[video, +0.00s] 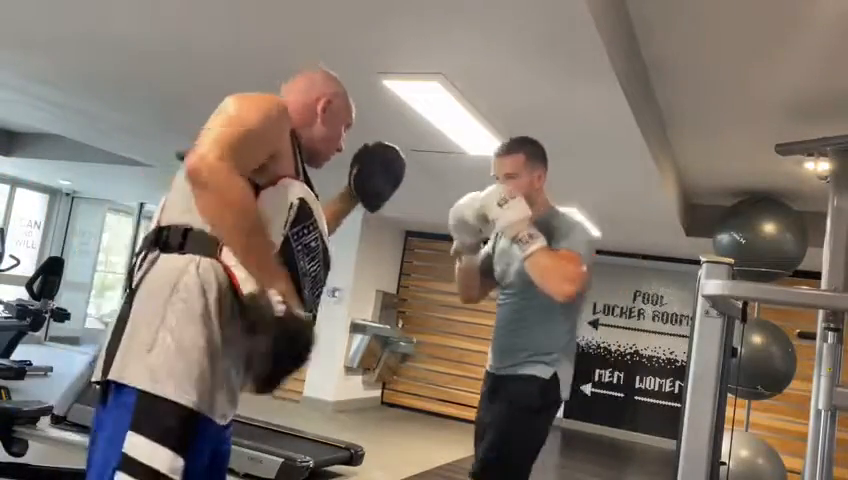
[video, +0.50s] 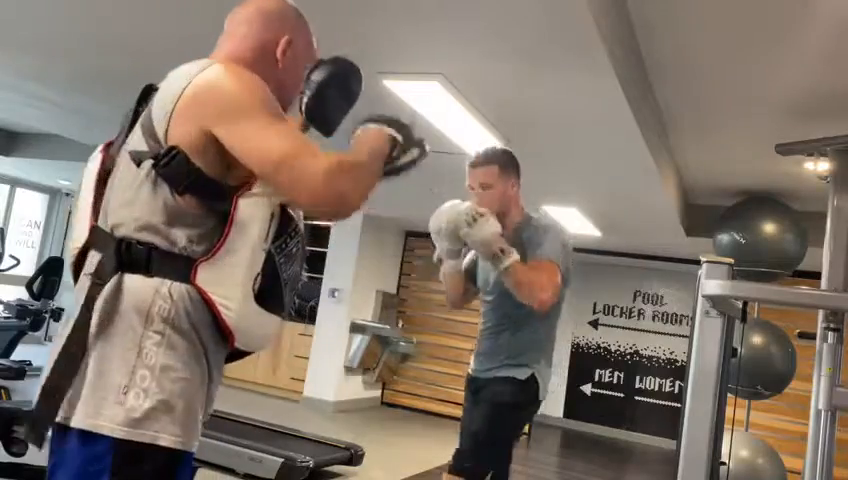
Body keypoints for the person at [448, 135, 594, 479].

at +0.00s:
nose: (503, 188)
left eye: (512, 177)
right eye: (499, 179)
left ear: (539, 177)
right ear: (495, 180)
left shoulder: (572, 228)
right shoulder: (505, 236)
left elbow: (564, 285)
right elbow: (469, 293)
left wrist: (522, 230)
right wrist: (467, 240)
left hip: (539, 376)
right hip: (500, 372)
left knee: (492, 471)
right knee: (489, 470)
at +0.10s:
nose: (492, 188)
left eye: (502, 177)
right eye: (488, 179)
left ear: (531, 177)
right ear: (486, 180)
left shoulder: (561, 231)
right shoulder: (502, 235)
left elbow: (550, 293)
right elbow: (471, 299)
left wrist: (504, 241)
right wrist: (462, 255)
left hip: (534, 377)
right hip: (497, 373)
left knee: (489, 471)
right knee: (474, 469)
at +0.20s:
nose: (487, 182)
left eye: (497, 172)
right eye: (484, 173)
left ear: (525, 172)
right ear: (481, 174)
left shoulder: (557, 224)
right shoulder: (498, 226)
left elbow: (539, 277)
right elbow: (462, 284)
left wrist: (499, 223)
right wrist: (455, 234)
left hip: (530, 373)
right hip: (495, 369)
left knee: (491, 471)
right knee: (470, 466)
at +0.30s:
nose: (484, 180)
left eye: (494, 170)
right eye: (481, 171)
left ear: (522, 169)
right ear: (476, 171)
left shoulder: (554, 219)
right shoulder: (496, 225)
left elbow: (536, 266)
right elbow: (457, 280)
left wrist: (497, 212)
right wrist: (453, 226)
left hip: (526, 370)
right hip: (491, 366)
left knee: (493, 471)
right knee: (473, 467)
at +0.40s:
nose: (480, 188)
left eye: (489, 179)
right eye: (476, 179)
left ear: (518, 179)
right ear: (472, 181)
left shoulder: (550, 229)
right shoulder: (492, 235)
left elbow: (536, 276)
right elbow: (457, 286)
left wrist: (497, 227)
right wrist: (451, 231)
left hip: (521, 378)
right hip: (487, 373)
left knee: (490, 472)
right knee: (472, 469)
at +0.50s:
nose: (475, 199)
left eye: (485, 188)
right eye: (471, 190)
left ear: (513, 188)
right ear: (468, 189)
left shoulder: (546, 233)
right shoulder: (486, 238)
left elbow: (542, 295)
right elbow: (457, 298)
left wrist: (494, 249)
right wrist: (450, 247)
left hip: (518, 377)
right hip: (482, 373)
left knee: (463, 472)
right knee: (490, 472)